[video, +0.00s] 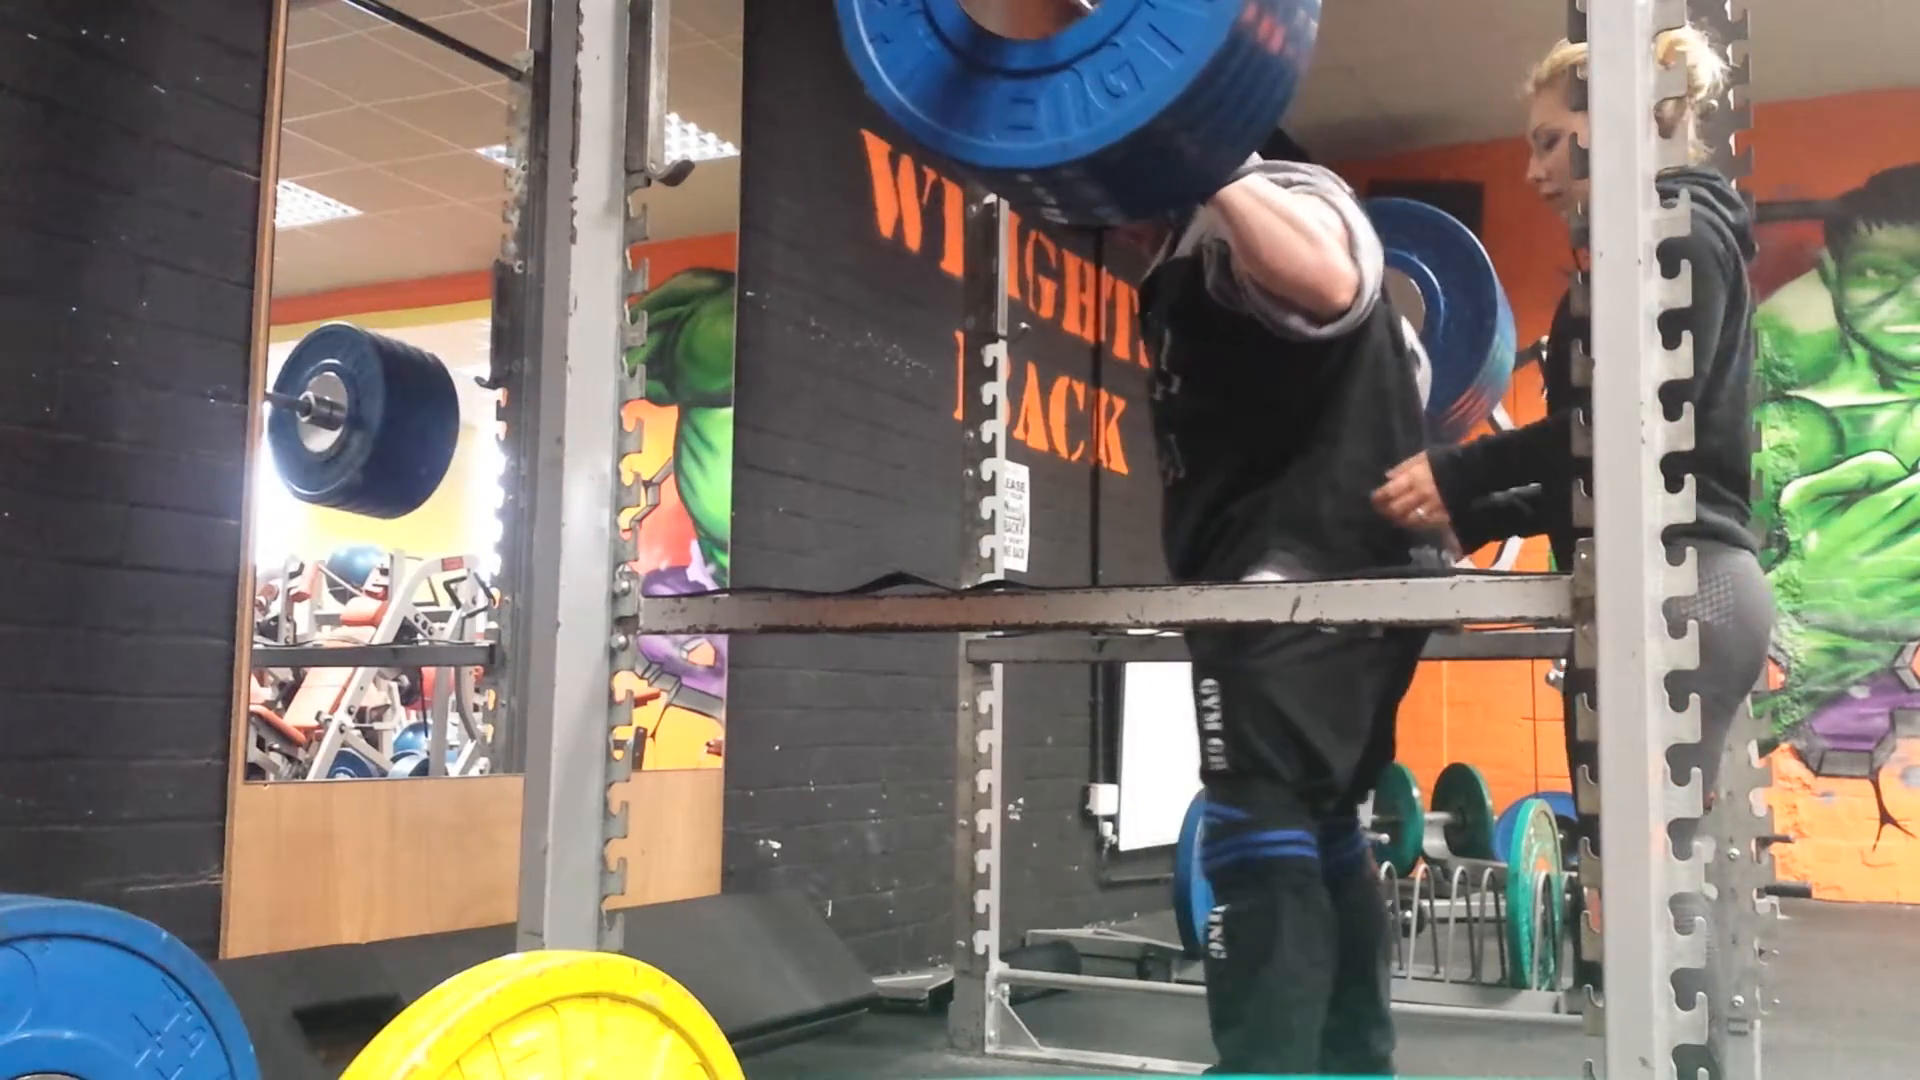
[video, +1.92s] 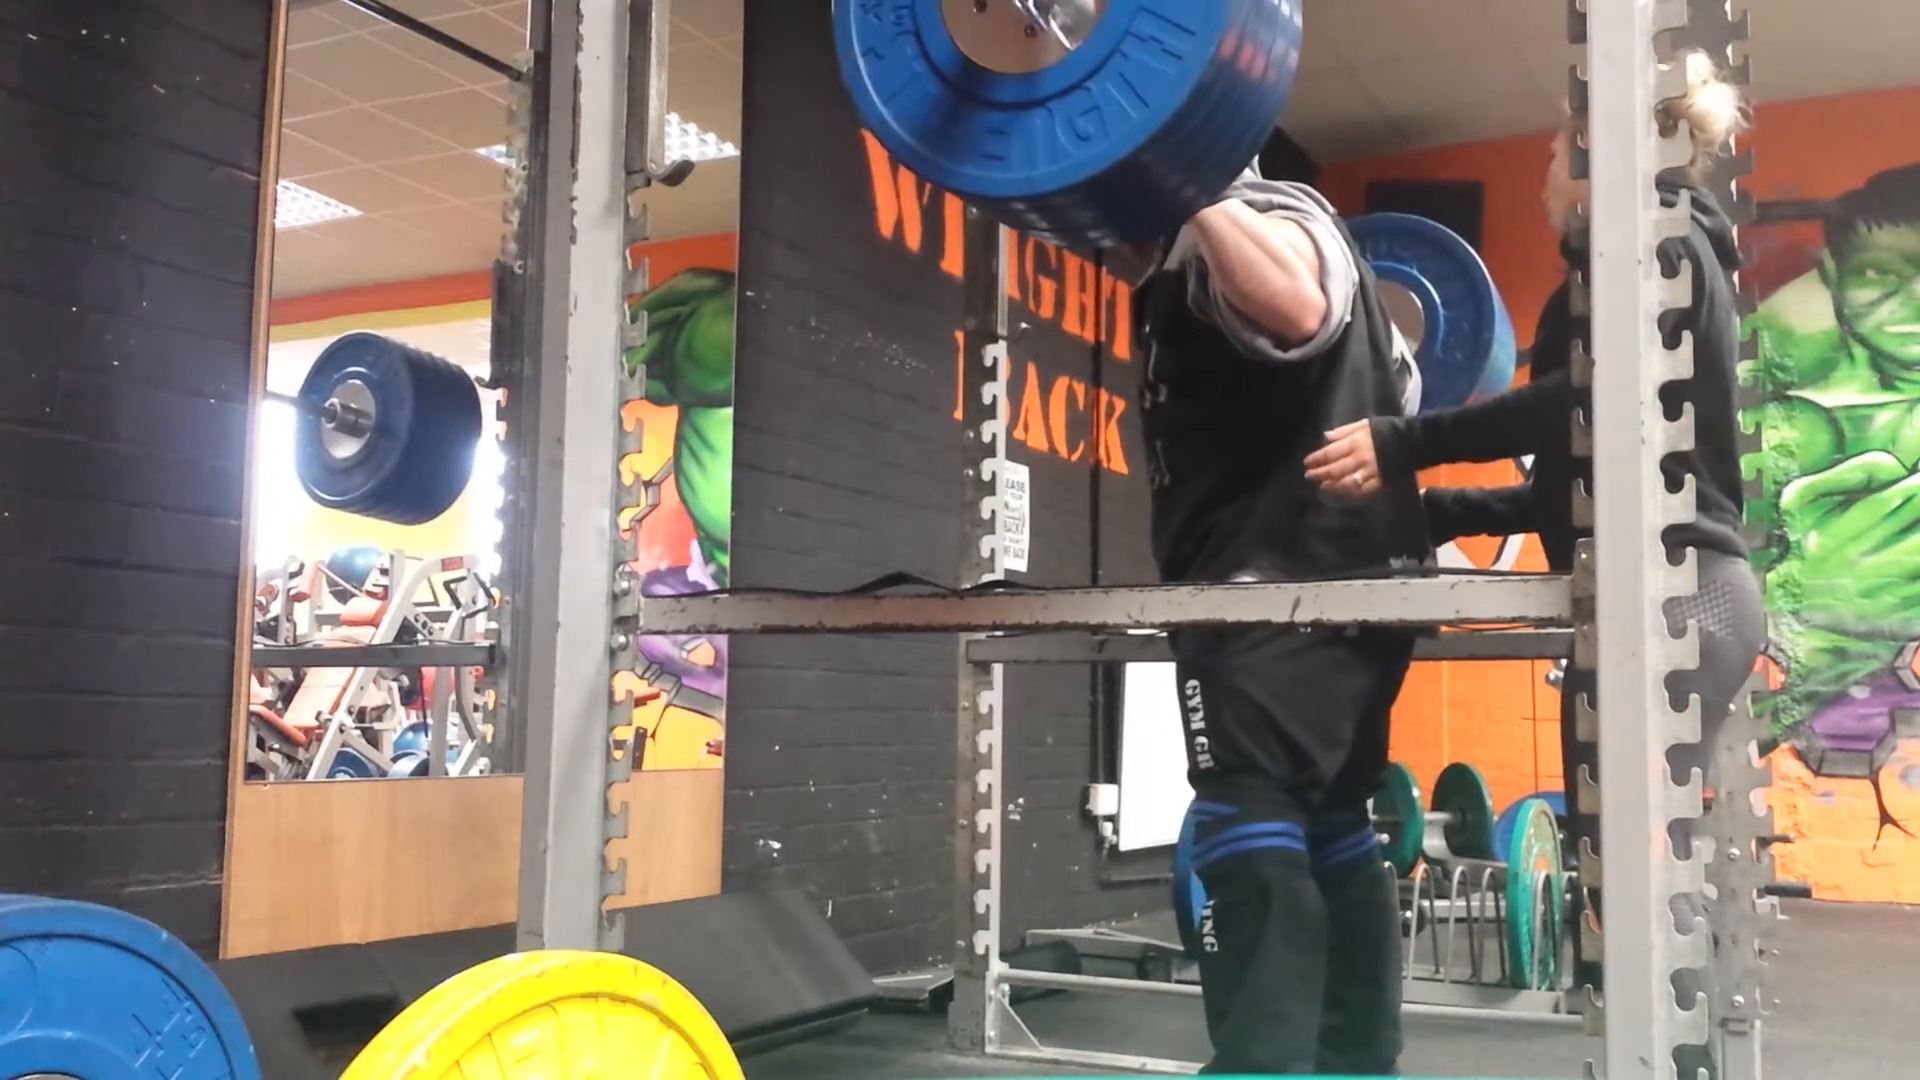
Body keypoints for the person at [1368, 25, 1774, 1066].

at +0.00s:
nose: (1537, 171)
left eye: (1553, 141)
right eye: (1532, 147)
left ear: (1617, 127)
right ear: (1605, 136)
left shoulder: (1660, 230)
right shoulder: (1671, 225)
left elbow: (1629, 428)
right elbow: (1613, 445)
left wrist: (1467, 479)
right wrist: (1473, 491)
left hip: (1662, 577)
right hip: (1692, 570)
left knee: (1638, 851)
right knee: (1669, 849)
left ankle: (1661, 1063)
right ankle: (1683, 1057)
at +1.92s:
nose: (1550, 160)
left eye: (1562, 140)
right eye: (1560, 140)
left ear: (1593, 151)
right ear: (1647, 155)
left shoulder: (1648, 246)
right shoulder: (1646, 264)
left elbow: (1574, 408)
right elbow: (1581, 488)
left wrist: (1400, 441)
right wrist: (1434, 510)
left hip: (1671, 587)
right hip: (1663, 588)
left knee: (1631, 838)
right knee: (1633, 839)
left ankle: (1657, 1059)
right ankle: (1661, 1054)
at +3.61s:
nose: (1473, 286)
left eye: (1484, 258)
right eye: (1474, 263)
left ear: (1546, 244)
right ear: (1541, 248)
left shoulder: (1606, 360)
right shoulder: (1571, 382)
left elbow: (1560, 545)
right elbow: (1536, 545)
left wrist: (1393, 601)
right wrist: (1389, 595)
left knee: (1567, 858)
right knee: (1539, 852)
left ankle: (1677, 1053)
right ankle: (1657, 1047)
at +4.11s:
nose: (1482, 381)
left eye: (1496, 355)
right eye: (1487, 358)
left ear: (1559, 356)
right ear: (1557, 359)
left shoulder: (1596, 461)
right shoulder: (1580, 466)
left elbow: (1574, 661)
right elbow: (1564, 661)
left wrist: (1379, 709)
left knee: (1547, 907)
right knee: (1531, 887)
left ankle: (1657, 1067)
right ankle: (1666, 1062)